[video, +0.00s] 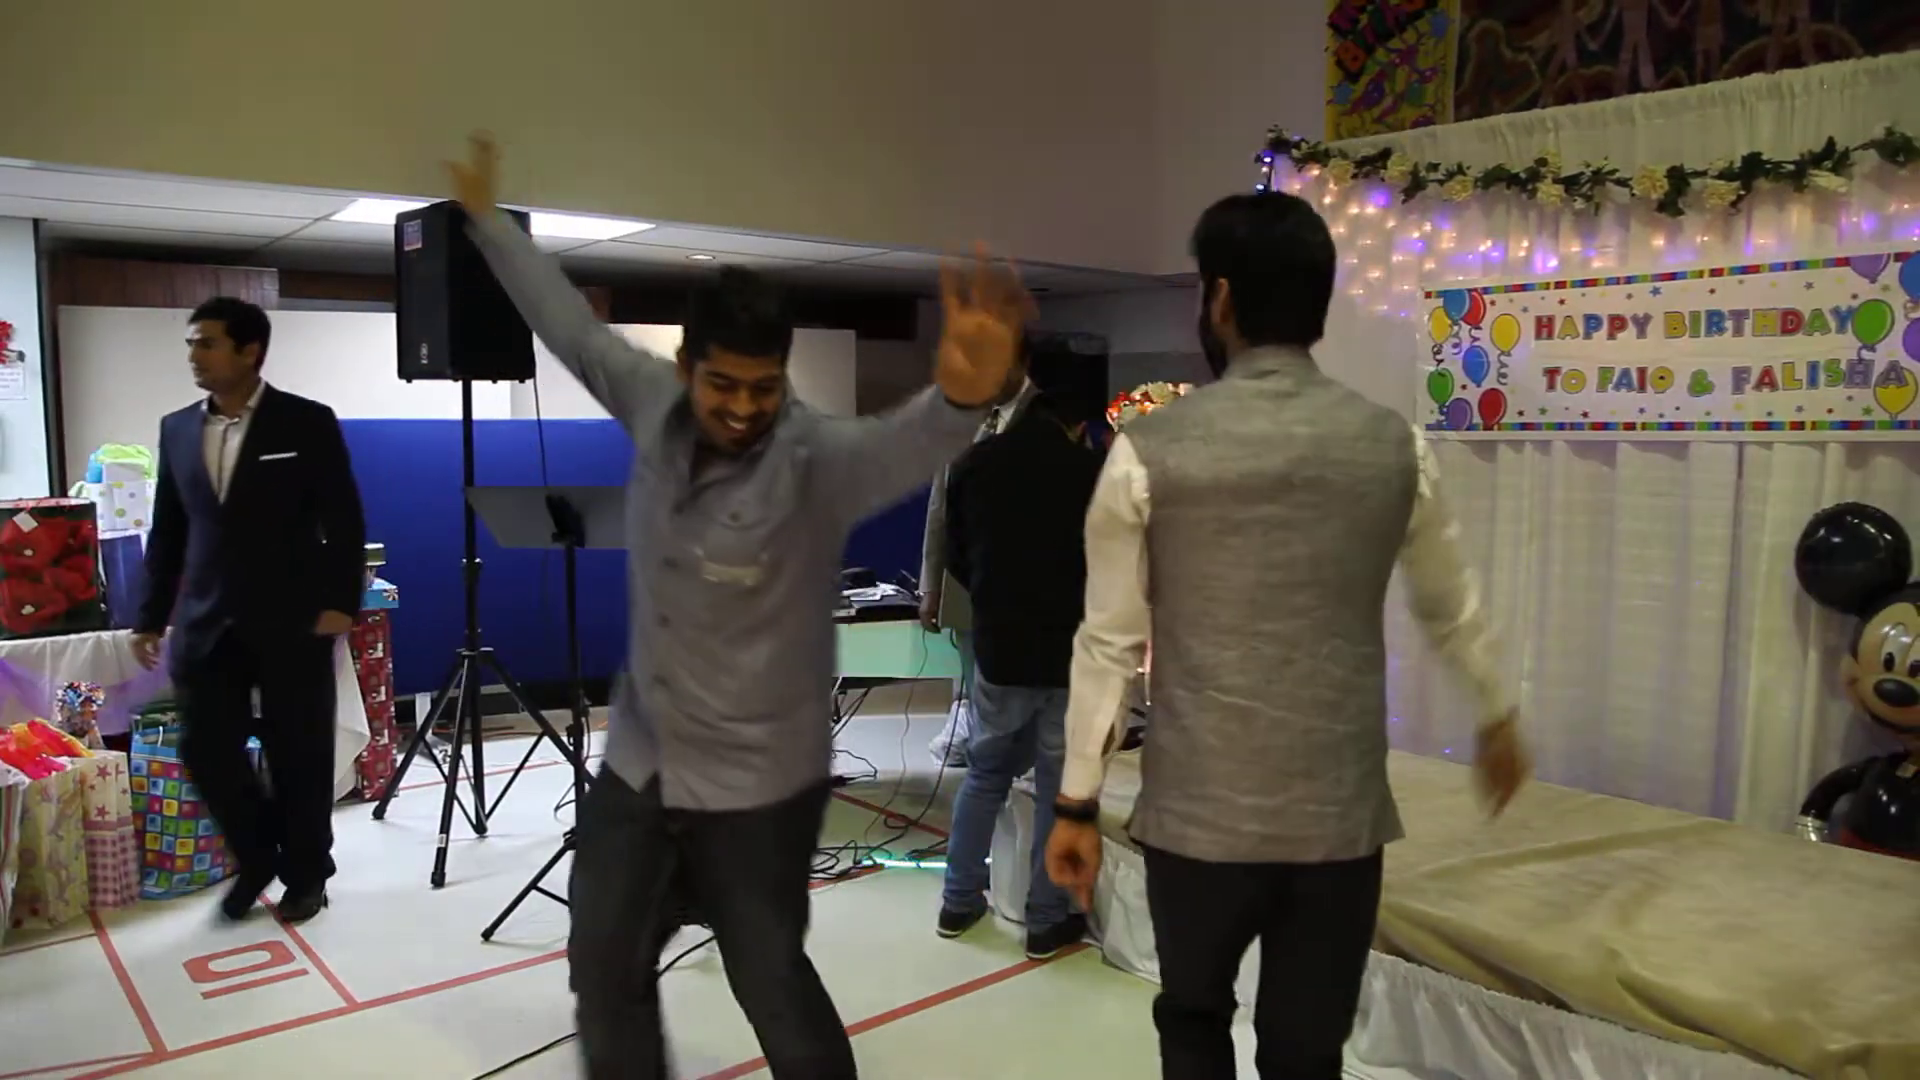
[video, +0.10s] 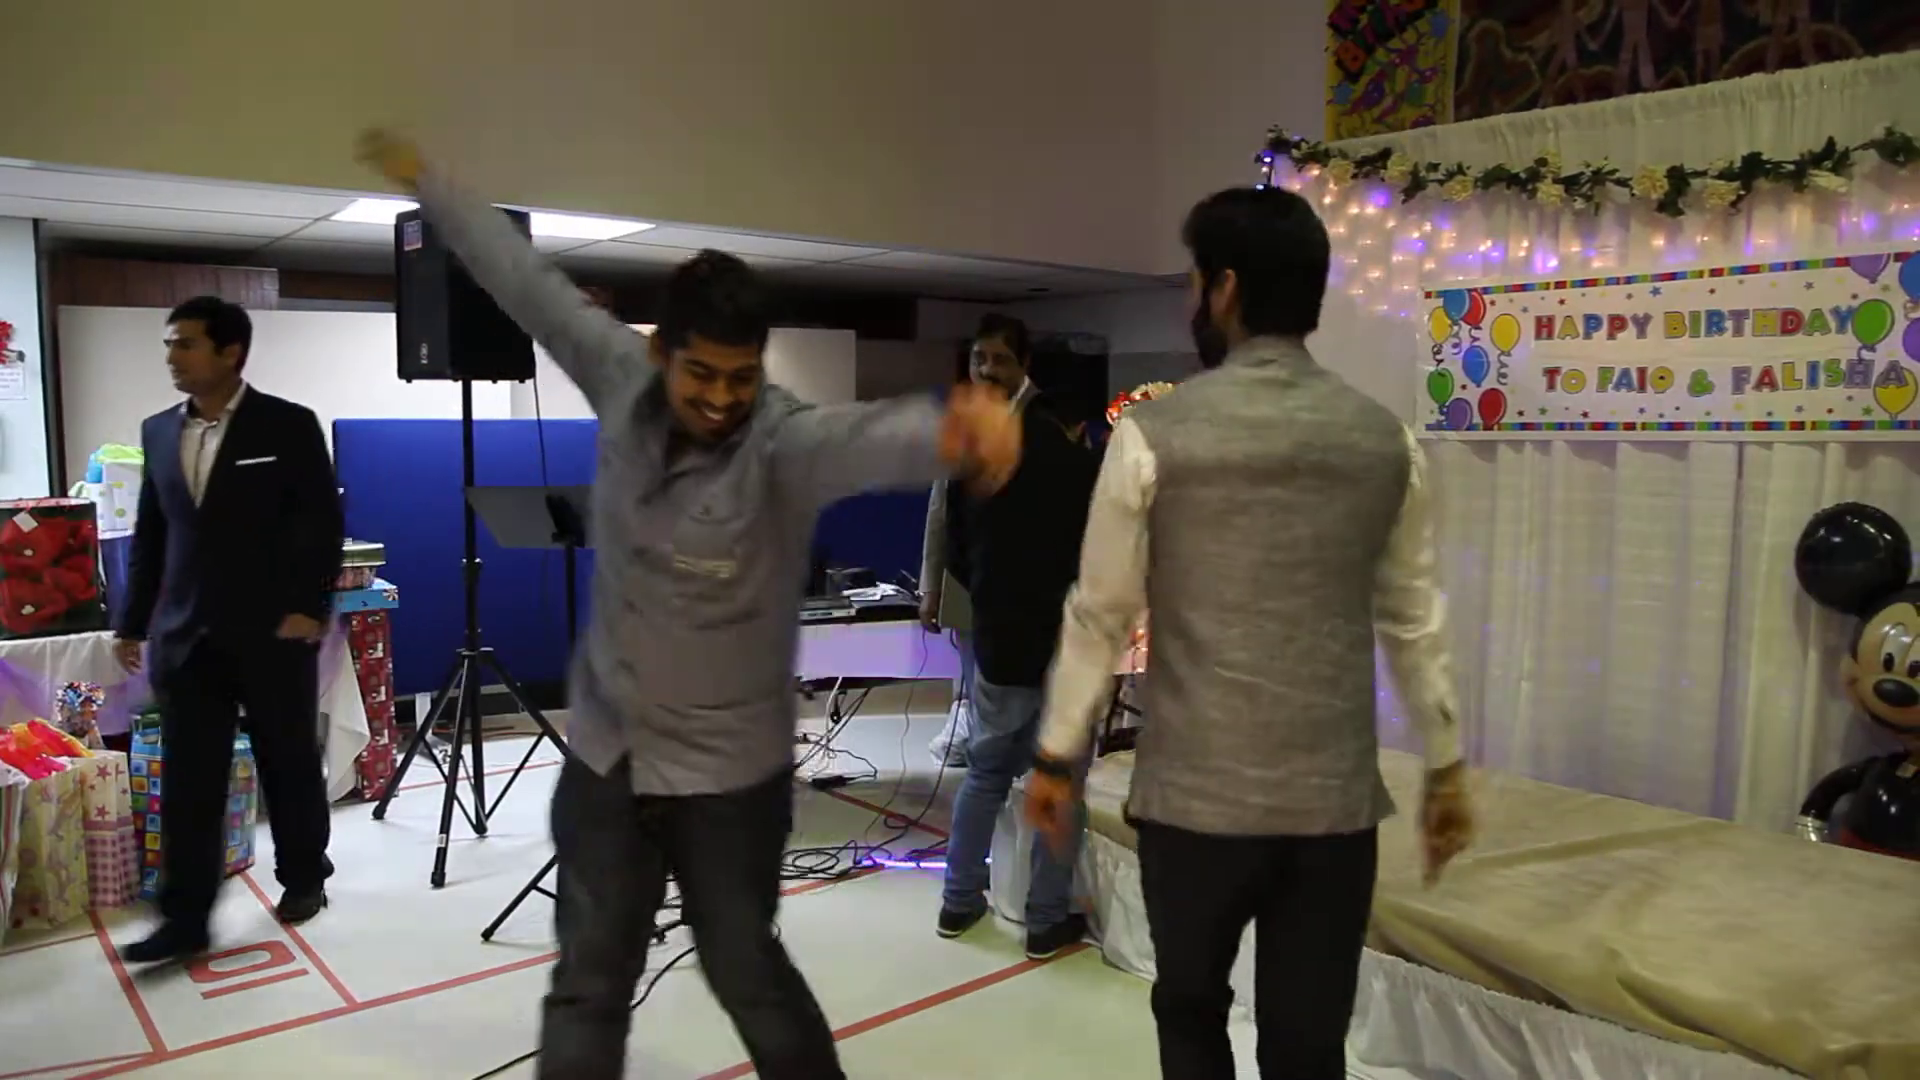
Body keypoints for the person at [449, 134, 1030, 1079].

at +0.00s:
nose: (741, 408)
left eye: (761, 391)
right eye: (722, 388)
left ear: (786, 379)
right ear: (688, 368)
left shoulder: (823, 456)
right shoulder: (654, 406)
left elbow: (909, 445)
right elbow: (567, 324)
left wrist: (965, 397)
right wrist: (485, 216)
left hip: (761, 777)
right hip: (642, 760)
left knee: (770, 980)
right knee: (602, 969)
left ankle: (825, 1078)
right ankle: (632, 1075)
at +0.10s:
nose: (720, 396)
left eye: (741, 379)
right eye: (701, 375)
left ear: (764, 365)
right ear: (663, 353)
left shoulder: (789, 442)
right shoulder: (622, 386)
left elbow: (875, 437)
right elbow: (526, 283)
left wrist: (954, 431)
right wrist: (426, 180)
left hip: (732, 768)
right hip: (607, 758)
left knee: (741, 965)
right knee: (587, 986)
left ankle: (813, 1073)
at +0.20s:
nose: (698, 404)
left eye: (717, 385)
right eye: (678, 382)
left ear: (738, 373)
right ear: (635, 357)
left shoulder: (755, 460)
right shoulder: (587, 388)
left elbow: (835, 515)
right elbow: (469, 298)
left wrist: (911, 549)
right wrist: (338, 186)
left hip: (696, 785)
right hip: (568, 775)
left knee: (704, 991)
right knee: (553, 1015)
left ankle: (789, 1076)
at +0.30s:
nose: (681, 412)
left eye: (701, 393)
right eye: (661, 387)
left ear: (718, 385)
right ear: (612, 364)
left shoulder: (733, 483)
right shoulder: (545, 408)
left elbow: (798, 594)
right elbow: (396, 336)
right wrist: (241, 229)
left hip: (666, 780)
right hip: (527, 776)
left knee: (674, 1006)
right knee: (528, 1037)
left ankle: (748, 1074)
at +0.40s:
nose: (669, 410)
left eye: (689, 389)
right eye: (651, 384)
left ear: (706, 380)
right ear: (600, 361)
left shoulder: (719, 487)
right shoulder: (516, 417)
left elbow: (773, 661)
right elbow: (348, 411)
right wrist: (205, 313)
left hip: (654, 772)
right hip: (514, 773)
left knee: (667, 1003)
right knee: (522, 1032)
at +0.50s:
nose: (659, 415)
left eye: (679, 393)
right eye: (638, 390)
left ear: (695, 380)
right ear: (580, 366)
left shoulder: (713, 502)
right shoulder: (502, 432)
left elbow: (761, 696)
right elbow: (357, 484)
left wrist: (746, 849)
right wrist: (223, 388)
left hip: (646, 799)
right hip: (500, 797)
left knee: (661, 1039)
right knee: (509, 1052)